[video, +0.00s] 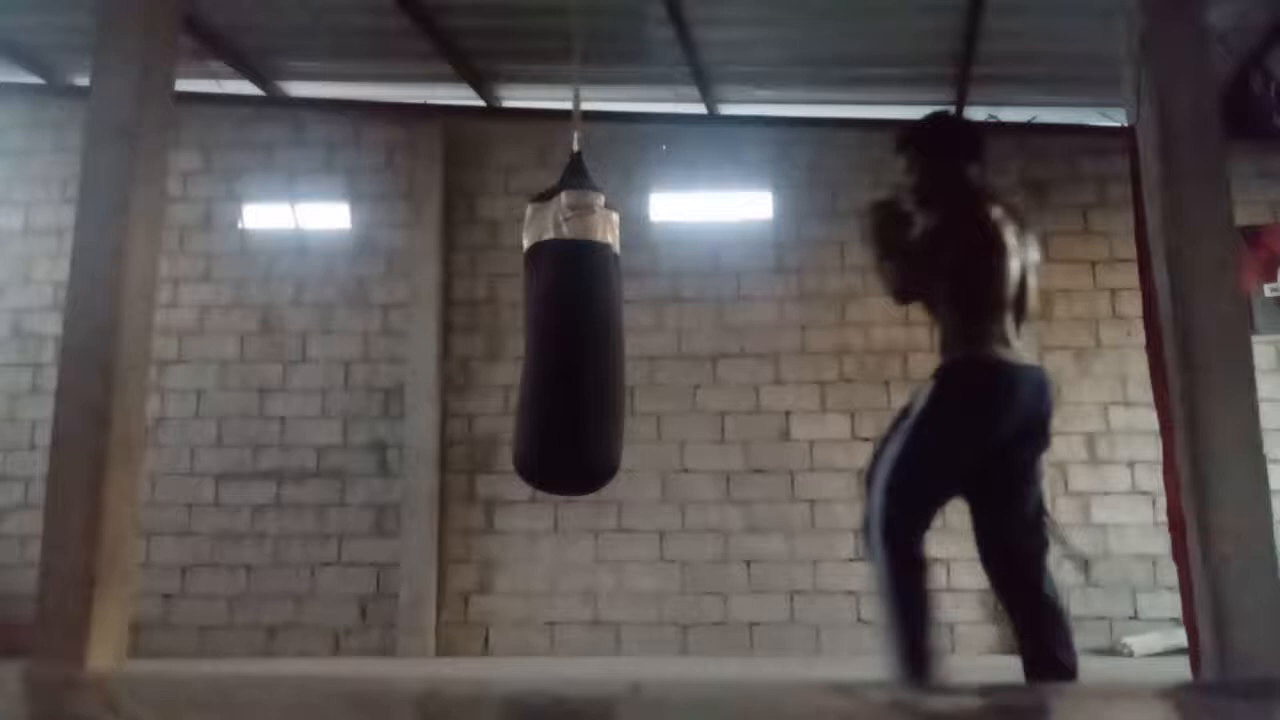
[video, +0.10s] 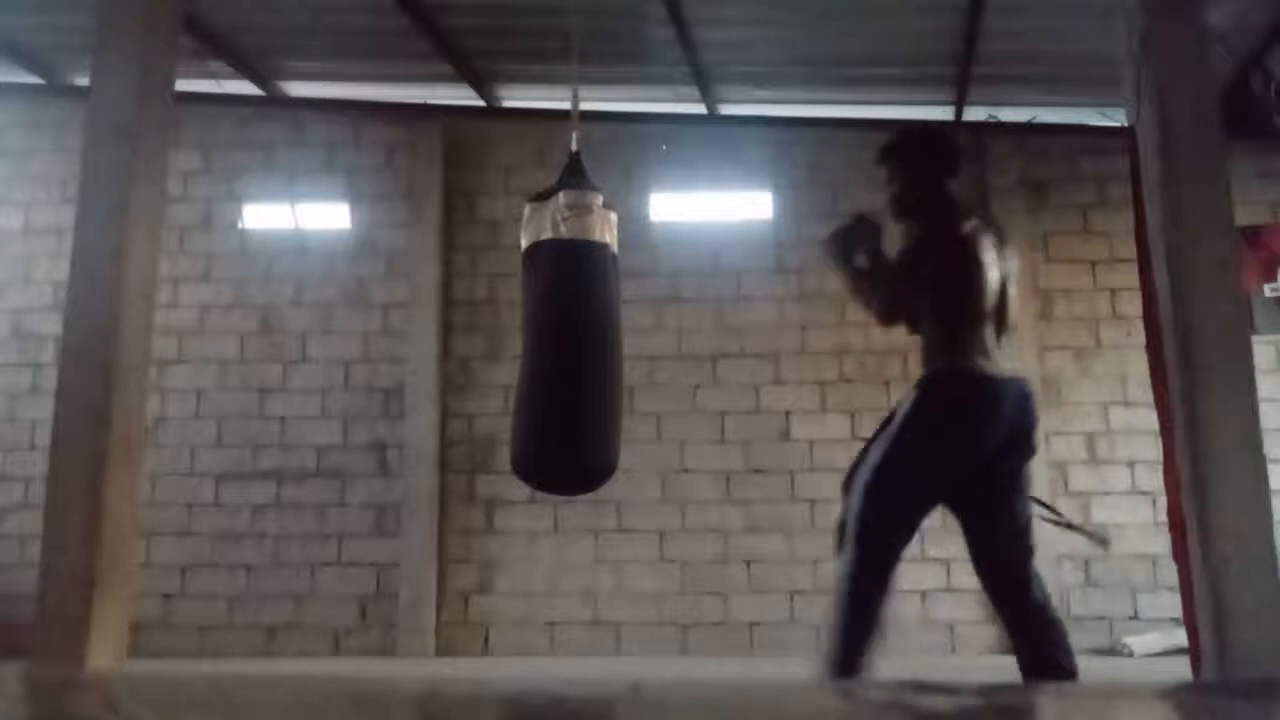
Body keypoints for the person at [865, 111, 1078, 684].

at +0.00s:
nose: (906, 178)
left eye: (913, 164)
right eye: (906, 165)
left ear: (940, 165)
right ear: (969, 162)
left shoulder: (955, 223)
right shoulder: (1013, 225)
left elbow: (907, 284)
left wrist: (888, 233)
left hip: (969, 385)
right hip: (1024, 385)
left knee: (891, 511)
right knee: (1013, 545)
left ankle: (916, 672)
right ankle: (1054, 680)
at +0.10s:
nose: (890, 195)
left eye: (898, 181)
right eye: (889, 181)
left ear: (925, 180)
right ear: (944, 180)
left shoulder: (939, 238)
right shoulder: (985, 238)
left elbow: (890, 305)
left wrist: (854, 259)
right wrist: (874, 257)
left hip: (950, 399)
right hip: (1002, 398)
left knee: (871, 527)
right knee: (1008, 565)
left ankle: (839, 678)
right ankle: (1058, 694)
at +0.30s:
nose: (815, 236)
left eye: (819, 227)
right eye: (817, 227)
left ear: (831, 228)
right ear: (870, 226)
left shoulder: (825, 270)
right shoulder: (911, 272)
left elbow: (745, 305)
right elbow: (931, 354)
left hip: (858, 429)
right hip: (923, 427)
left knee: (778, 576)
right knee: (959, 579)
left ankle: (722, 700)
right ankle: (1039, 695)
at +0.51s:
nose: (706, 248)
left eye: (712, 237)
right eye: (711, 238)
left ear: (728, 238)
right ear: (757, 234)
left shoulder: (754, 272)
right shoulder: (787, 281)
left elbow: (682, 326)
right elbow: (748, 340)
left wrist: (650, 326)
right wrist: (681, 332)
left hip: (805, 436)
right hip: (845, 430)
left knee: (741, 570)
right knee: (886, 580)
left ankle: (722, 701)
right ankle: (1006, 680)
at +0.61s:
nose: (681, 277)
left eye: (682, 264)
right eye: (678, 267)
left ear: (701, 251)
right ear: (713, 252)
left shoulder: (754, 272)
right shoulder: (716, 300)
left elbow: (739, 335)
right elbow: (652, 340)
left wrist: (671, 312)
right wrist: (574, 339)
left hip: (793, 431)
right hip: (823, 432)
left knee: (735, 568)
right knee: (886, 567)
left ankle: (724, 702)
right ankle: (1000, 675)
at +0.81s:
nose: (651, 261)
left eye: (653, 250)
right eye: (647, 251)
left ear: (675, 242)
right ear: (698, 237)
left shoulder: (713, 277)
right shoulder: (742, 286)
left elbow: (656, 343)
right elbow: (724, 388)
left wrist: (636, 282)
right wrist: (655, 362)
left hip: (773, 425)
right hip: (810, 421)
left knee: (735, 568)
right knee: (818, 567)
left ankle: (729, 701)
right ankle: (923, 677)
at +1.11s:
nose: (673, 272)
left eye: (679, 258)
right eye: (671, 260)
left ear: (707, 256)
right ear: (718, 256)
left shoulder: (741, 297)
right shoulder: (761, 299)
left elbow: (715, 387)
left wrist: (667, 337)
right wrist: (675, 342)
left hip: (764, 447)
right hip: (799, 446)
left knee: (675, 560)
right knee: (801, 585)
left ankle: (694, 688)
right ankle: (872, 695)